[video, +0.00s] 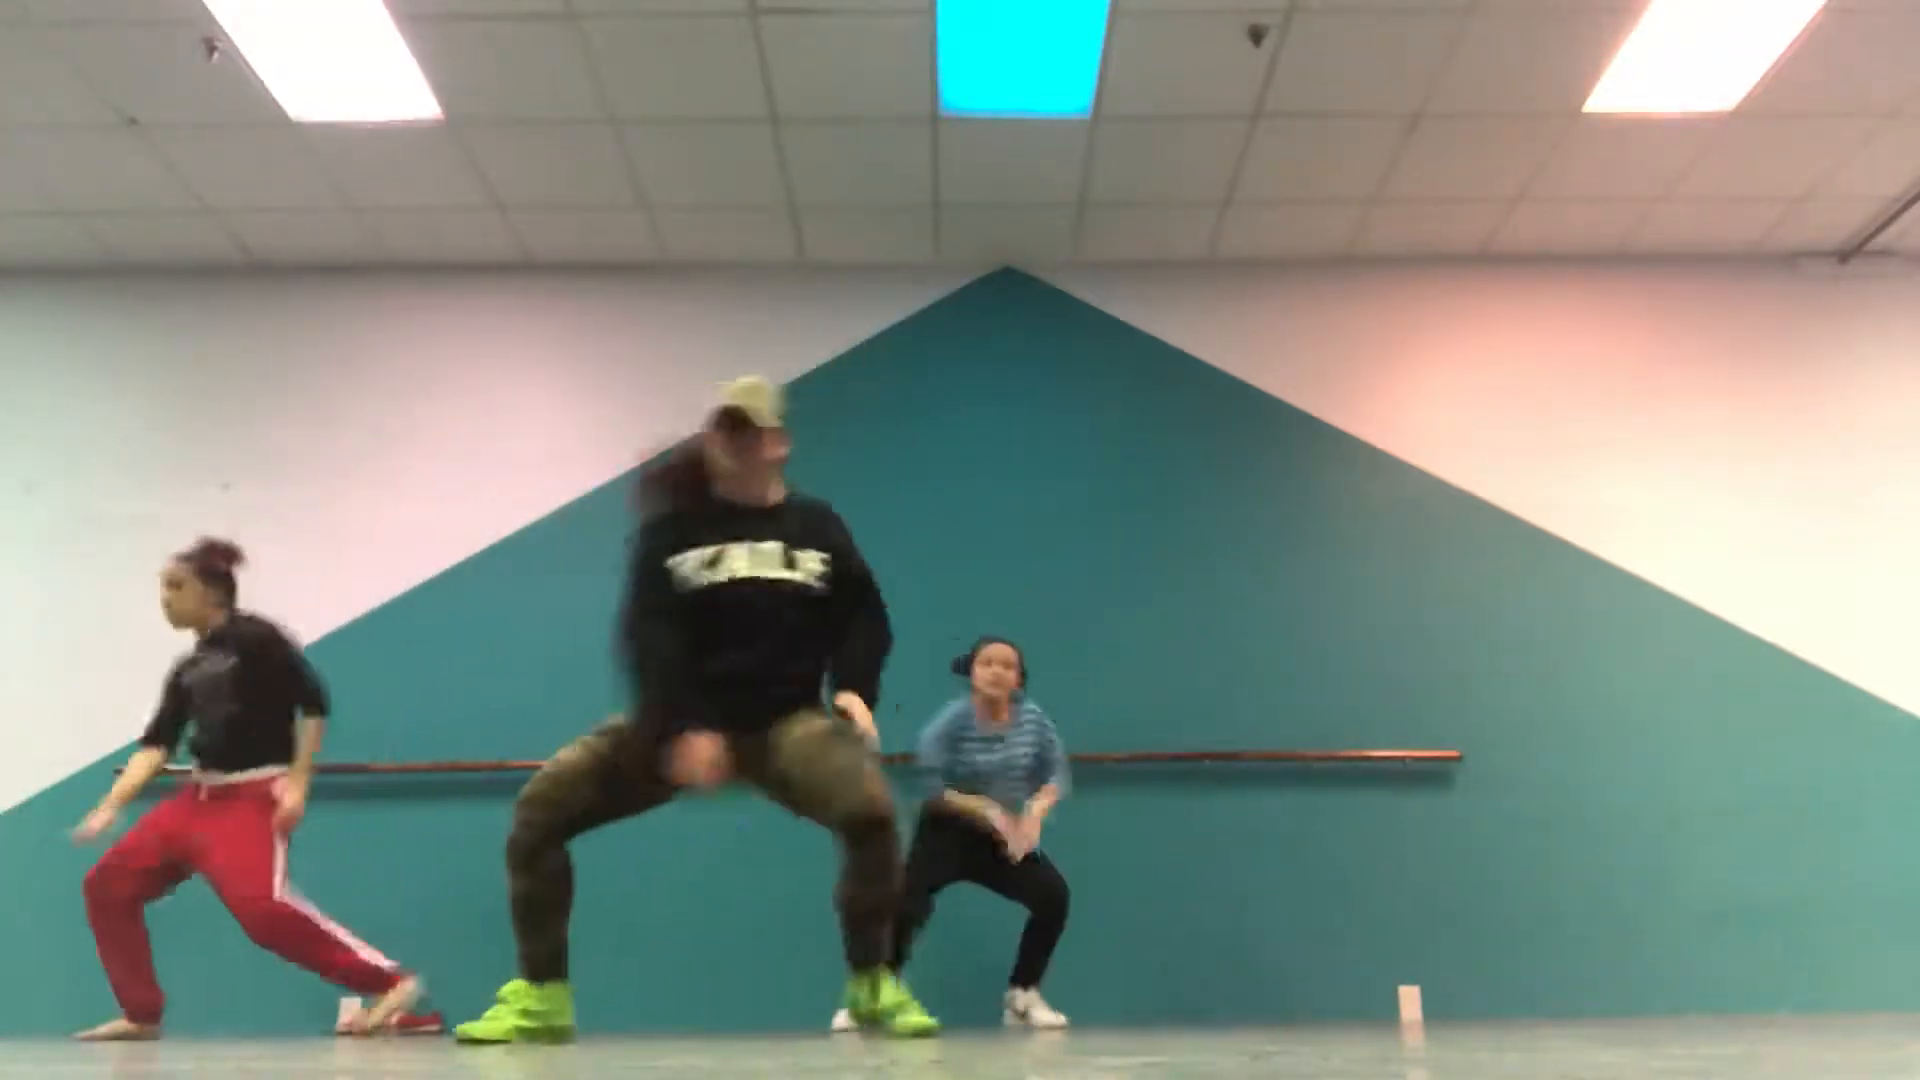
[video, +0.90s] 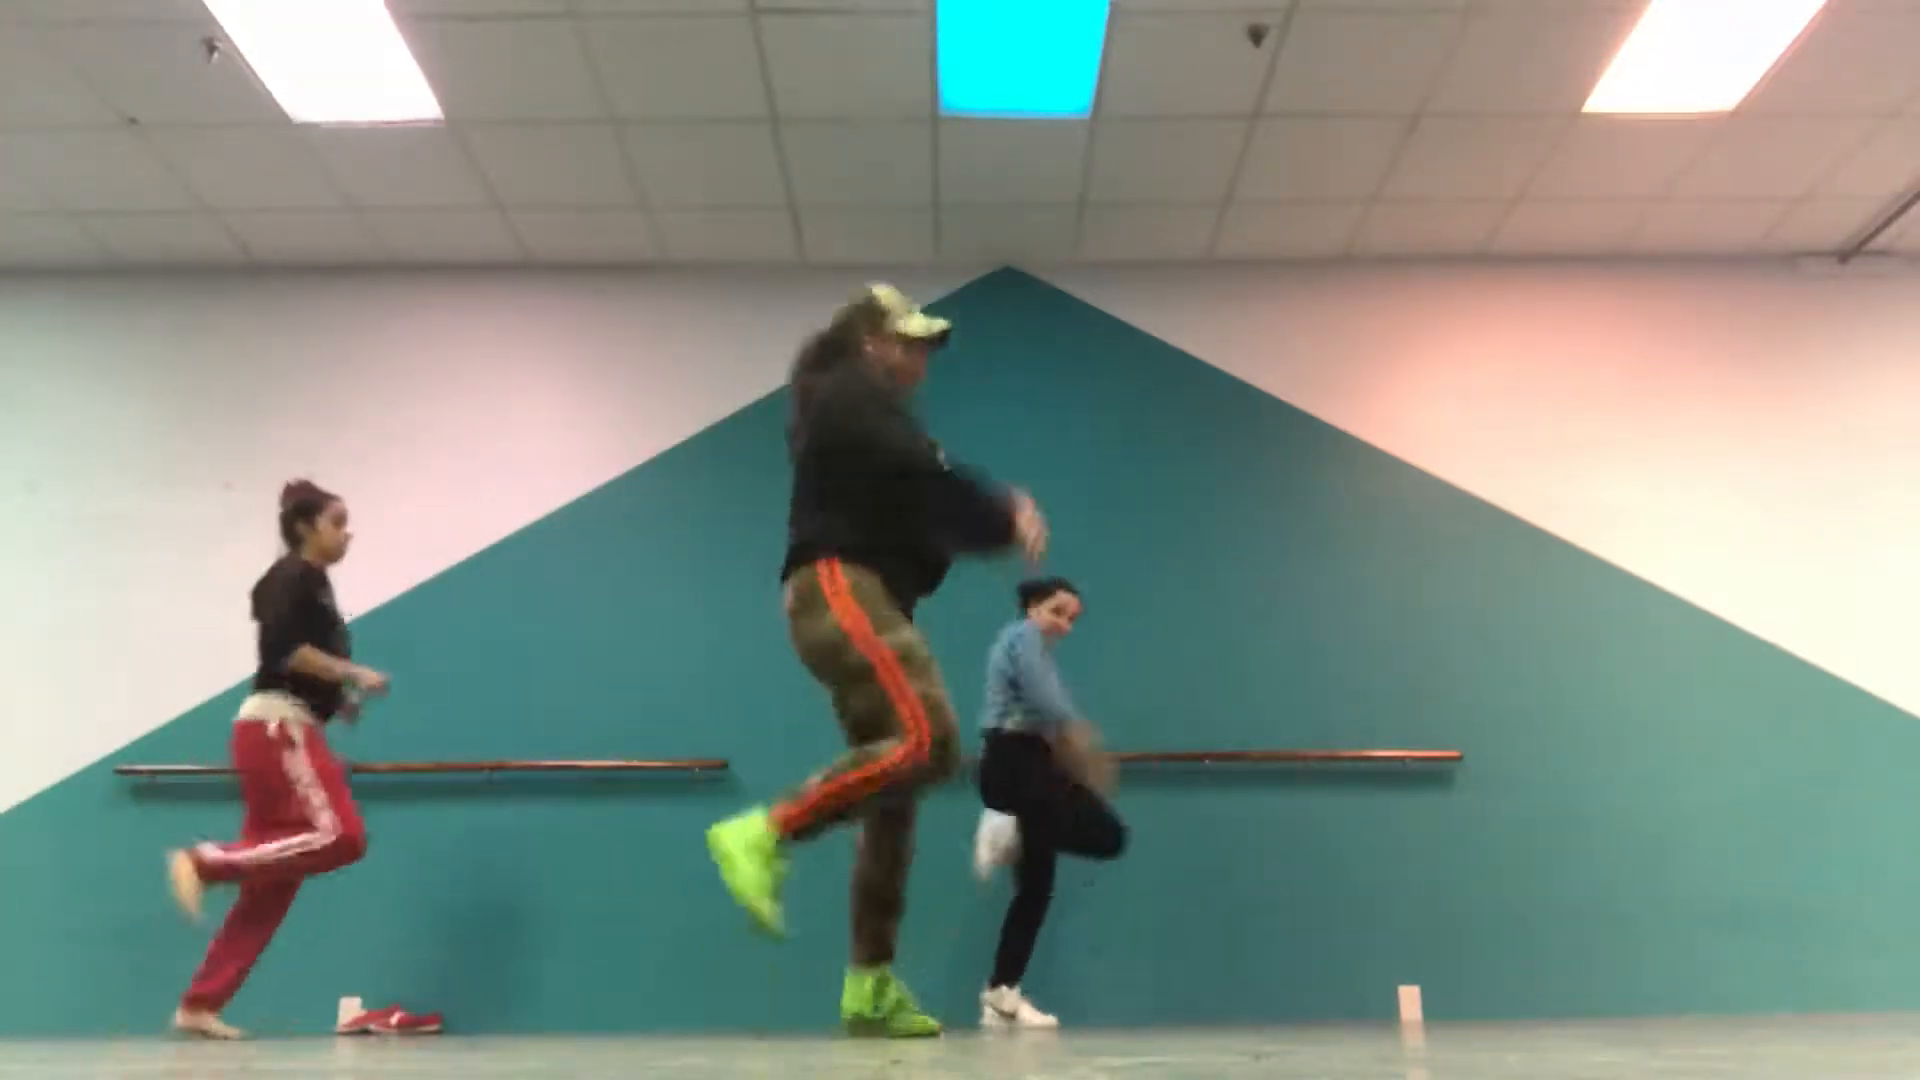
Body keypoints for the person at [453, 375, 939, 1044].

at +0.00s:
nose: (734, 447)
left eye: (751, 434)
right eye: (725, 434)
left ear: (781, 446)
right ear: (706, 443)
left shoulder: (818, 529)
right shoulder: (668, 533)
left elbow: (865, 615)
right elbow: (649, 636)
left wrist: (856, 689)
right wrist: (680, 726)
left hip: (785, 727)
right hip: (683, 726)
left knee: (869, 810)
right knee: (539, 814)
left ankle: (873, 985)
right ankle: (543, 996)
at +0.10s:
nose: (814, 441)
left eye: (829, 428)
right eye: (803, 425)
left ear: (848, 438)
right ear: (780, 428)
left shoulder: (857, 518)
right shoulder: (735, 491)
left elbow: (871, 619)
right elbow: (731, 608)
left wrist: (845, 685)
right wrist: (777, 712)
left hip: (804, 698)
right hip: (706, 683)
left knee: (892, 806)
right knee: (600, 824)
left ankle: (871, 987)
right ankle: (549, 995)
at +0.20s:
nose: (865, 432)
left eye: (882, 423)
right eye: (858, 416)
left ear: (898, 430)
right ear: (834, 410)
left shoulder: (881, 495)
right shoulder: (780, 457)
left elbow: (888, 596)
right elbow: (758, 563)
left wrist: (864, 664)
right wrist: (820, 662)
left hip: (823, 663)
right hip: (742, 641)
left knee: (890, 792)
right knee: (696, 797)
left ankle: (870, 983)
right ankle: (585, 975)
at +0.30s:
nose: (902, 407)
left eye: (910, 395)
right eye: (894, 391)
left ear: (911, 399)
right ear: (861, 381)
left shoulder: (894, 464)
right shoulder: (796, 435)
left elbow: (910, 566)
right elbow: (795, 548)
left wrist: (889, 631)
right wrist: (846, 641)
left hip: (850, 630)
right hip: (770, 612)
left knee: (879, 797)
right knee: (768, 777)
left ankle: (870, 983)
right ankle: (672, 967)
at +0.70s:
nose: (934, 375)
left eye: (937, 364)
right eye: (922, 362)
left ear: (919, 369)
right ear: (878, 360)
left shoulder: (926, 455)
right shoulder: (845, 412)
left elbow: (955, 550)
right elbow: (857, 528)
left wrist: (943, 614)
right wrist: (896, 624)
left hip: (890, 624)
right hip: (821, 608)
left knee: (906, 798)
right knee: (863, 778)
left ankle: (874, 978)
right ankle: (766, 957)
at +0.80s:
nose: (933, 390)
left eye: (935, 377)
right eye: (922, 376)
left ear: (902, 380)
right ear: (882, 374)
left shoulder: (914, 471)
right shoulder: (849, 425)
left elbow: (946, 552)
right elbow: (885, 528)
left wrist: (976, 601)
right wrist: (966, 589)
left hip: (885, 636)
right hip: (829, 619)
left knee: (924, 803)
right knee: (911, 771)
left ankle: (874, 989)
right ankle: (743, 859)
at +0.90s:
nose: (920, 360)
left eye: (921, 347)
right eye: (908, 345)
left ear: (883, 350)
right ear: (869, 344)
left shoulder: (877, 411)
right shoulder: (844, 395)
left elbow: (924, 492)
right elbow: (914, 474)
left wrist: (1001, 510)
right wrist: (1001, 513)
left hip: (866, 591)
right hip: (838, 583)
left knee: (892, 779)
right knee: (925, 741)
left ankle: (870, 980)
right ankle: (761, 834)